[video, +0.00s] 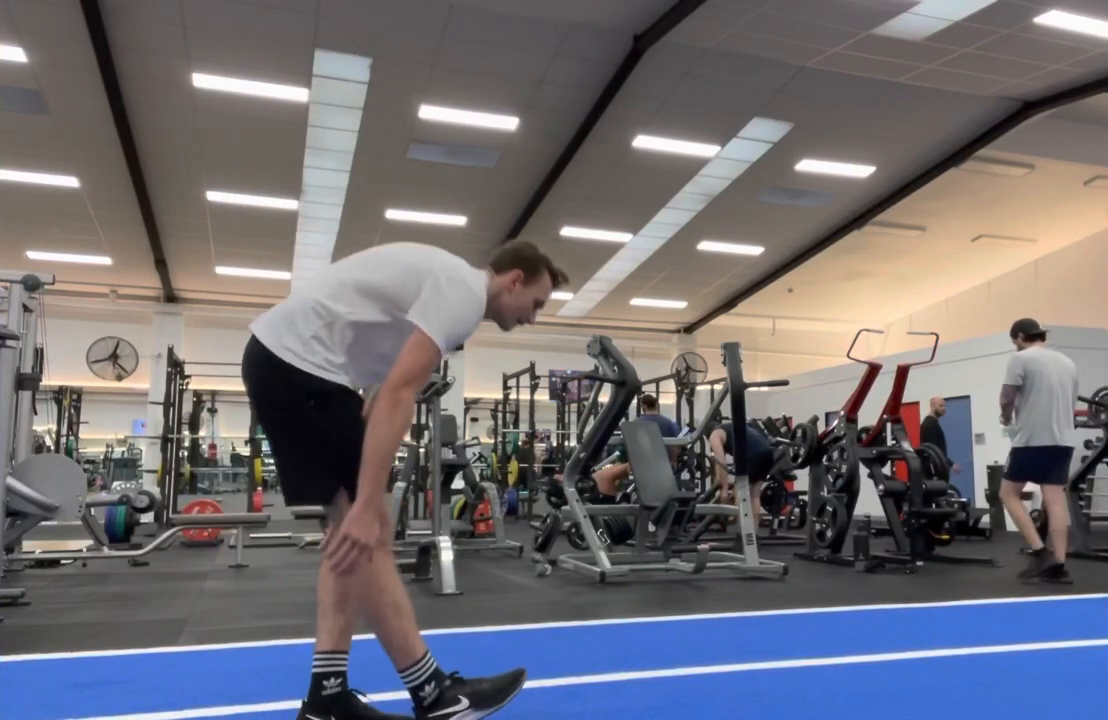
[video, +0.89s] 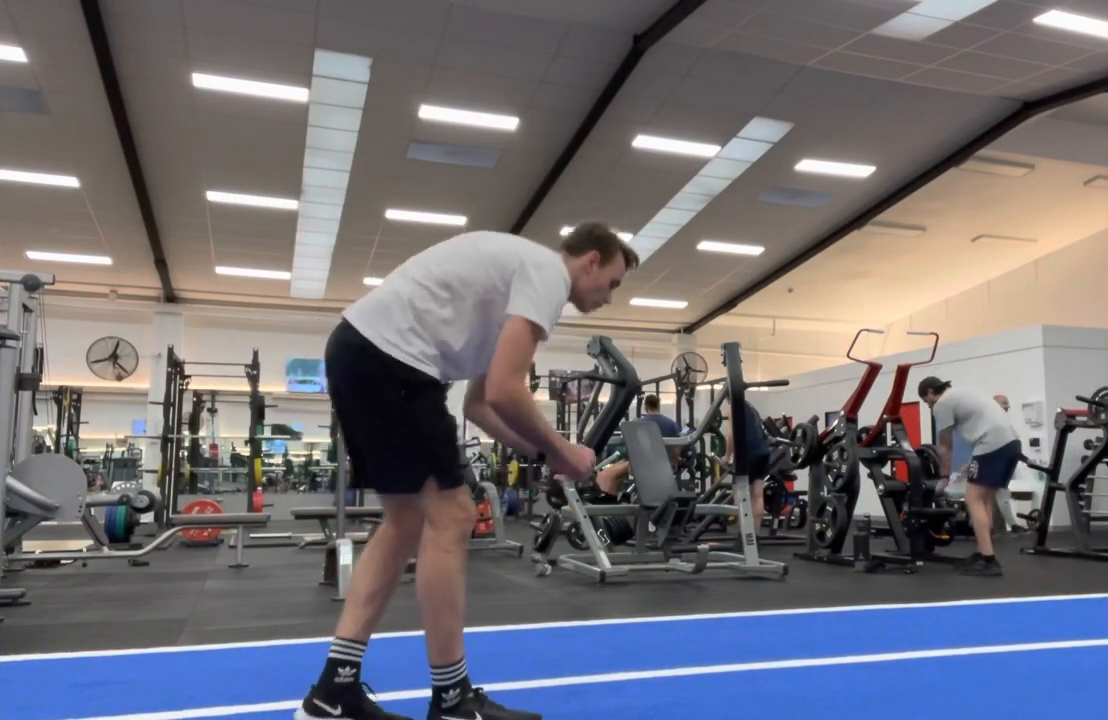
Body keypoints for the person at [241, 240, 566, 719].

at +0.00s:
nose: (532, 317)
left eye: (539, 308)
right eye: (536, 303)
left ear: (508, 281)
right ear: (513, 279)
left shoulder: (453, 286)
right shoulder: (460, 289)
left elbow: (385, 392)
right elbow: (396, 393)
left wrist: (369, 500)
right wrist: (368, 505)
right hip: (300, 361)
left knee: (351, 523)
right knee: (370, 527)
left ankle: (327, 692)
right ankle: (432, 691)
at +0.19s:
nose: (538, 392)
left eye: (548, 385)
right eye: (545, 379)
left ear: (523, 348)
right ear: (527, 350)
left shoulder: (469, 343)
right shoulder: (478, 349)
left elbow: (402, 467)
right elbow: (418, 468)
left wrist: (393, 574)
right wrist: (396, 585)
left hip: (290, 354)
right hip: (301, 360)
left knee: (350, 532)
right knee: (363, 535)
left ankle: (327, 693)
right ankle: (429, 693)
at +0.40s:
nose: (541, 421)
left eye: (551, 415)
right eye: (549, 408)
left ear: (531, 375)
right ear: (534, 379)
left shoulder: (467, 372)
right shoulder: (490, 369)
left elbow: (433, 504)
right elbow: (457, 507)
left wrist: (429, 613)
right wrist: (464, 630)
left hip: (298, 354)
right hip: (310, 358)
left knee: (356, 529)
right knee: (369, 530)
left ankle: (327, 692)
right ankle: (434, 695)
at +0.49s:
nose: (547, 420)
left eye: (557, 414)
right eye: (555, 407)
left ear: (537, 372)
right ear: (540, 376)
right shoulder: (496, 364)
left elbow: (454, 509)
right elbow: (484, 508)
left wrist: (476, 610)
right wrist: (513, 623)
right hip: (317, 355)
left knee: (362, 526)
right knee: (375, 525)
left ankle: (328, 692)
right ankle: (434, 694)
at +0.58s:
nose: (557, 403)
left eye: (567, 399)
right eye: (565, 392)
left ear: (547, 361)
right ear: (551, 363)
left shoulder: (484, 366)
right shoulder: (506, 352)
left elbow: (472, 498)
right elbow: (501, 492)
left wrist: (524, 586)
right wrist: (557, 587)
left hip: (314, 350)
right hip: (327, 354)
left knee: (363, 526)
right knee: (386, 525)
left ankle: (329, 691)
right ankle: (438, 695)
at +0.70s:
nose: (574, 382)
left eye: (583, 374)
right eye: (580, 367)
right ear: (563, 338)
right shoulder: (517, 331)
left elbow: (477, 479)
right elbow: (510, 466)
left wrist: (548, 538)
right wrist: (578, 527)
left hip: (322, 349)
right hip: (346, 355)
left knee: (368, 524)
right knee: (406, 520)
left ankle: (329, 691)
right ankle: (443, 695)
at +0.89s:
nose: (607, 297)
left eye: (614, 289)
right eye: (611, 283)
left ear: (584, 260)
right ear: (590, 260)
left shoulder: (525, 273)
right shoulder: (546, 273)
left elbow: (478, 404)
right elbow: (505, 390)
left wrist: (542, 450)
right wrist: (561, 449)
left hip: (363, 349)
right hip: (394, 360)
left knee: (404, 519)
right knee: (451, 517)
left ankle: (337, 684)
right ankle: (453, 699)